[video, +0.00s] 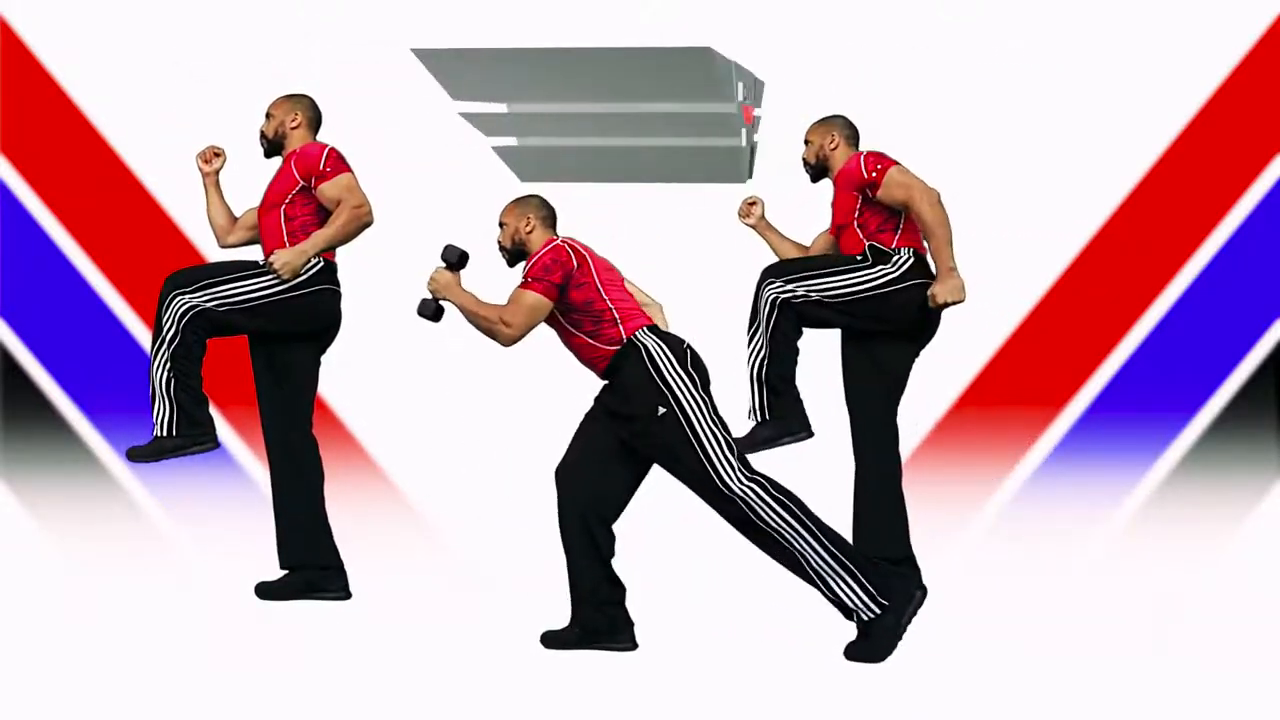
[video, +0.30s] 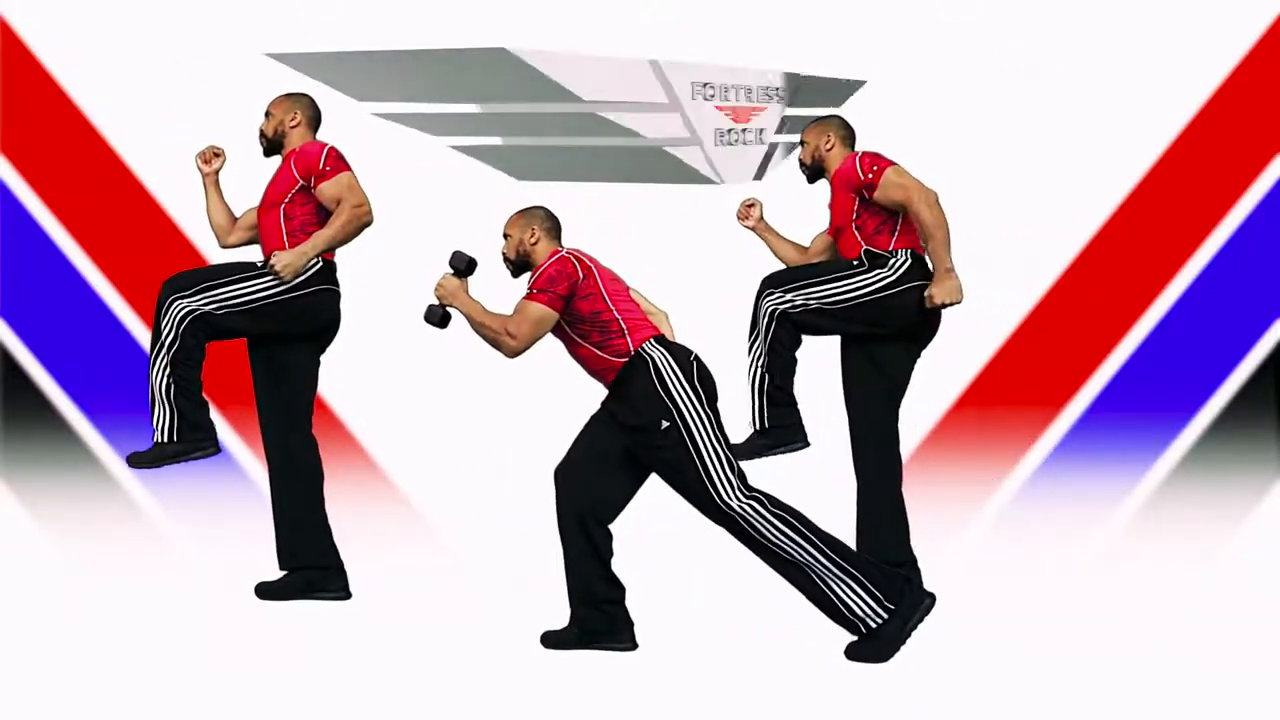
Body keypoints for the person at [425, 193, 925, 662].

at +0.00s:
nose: (498, 237)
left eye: (505, 226)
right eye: (499, 228)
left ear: (533, 223)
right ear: (536, 228)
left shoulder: (554, 255)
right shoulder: (569, 262)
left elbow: (507, 328)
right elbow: (650, 306)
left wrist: (454, 292)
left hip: (655, 367)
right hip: (629, 385)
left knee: (735, 487)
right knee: (579, 488)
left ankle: (879, 599)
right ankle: (602, 623)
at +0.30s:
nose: (502, 247)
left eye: (508, 236)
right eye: (503, 239)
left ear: (538, 234)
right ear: (540, 237)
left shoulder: (560, 265)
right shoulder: (573, 273)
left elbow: (512, 340)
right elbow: (657, 317)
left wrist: (461, 300)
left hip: (659, 378)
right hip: (631, 397)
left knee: (731, 500)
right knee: (576, 489)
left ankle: (884, 607)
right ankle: (601, 623)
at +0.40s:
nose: (504, 248)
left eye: (510, 237)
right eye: (505, 240)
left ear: (539, 236)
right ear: (540, 239)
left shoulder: (562, 266)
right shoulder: (569, 276)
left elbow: (513, 341)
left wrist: (462, 301)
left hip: (660, 380)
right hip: (630, 400)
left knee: (733, 504)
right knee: (575, 487)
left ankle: (886, 605)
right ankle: (601, 622)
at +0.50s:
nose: (505, 248)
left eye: (511, 238)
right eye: (506, 240)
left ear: (541, 237)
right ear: (543, 240)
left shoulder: (562, 269)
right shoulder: (578, 276)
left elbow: (513, 341)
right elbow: (661, 324)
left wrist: (463, 301)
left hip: (660, 382)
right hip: (632, 401)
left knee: (734, 506)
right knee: (574, 488)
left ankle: (885, 609)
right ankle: (601, 622)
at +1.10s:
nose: (508, 241)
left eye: (514, 231)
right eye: (507, 233)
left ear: (542, 228)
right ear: (543, 235)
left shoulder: (565, 258)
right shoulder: (575, 269)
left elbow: (530, 331)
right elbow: (649, 323)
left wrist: (465, 309)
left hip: (651, 378)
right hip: (620, 397)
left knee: (724, 496)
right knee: (570, 490)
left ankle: (875, 602)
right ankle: (601, 623)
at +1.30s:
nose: (517, 209)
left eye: (522, 198)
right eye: (518, 201)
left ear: (546, 195)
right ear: (551, 197)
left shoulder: (579, 224)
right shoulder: (560, 253)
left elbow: (598, 279)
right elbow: (603, 331)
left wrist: (528, 322)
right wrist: (561, 368)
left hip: (631, 349)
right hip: (603, 364)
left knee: (605, 475)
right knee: (578, 485)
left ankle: (733, 563)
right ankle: (600, 620)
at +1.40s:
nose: (527, 195)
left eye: (532, 185)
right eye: (528, 187)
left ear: (556, 182)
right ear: (558, 185)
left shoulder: (583, 208)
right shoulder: (571, 237)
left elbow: (626, 259)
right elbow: (584, 324)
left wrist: (581, 319)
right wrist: (526, 329)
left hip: (620, 337)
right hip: (616, 348)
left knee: (526, 418)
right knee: (593, 480)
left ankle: (584, 558)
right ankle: (605, 621)